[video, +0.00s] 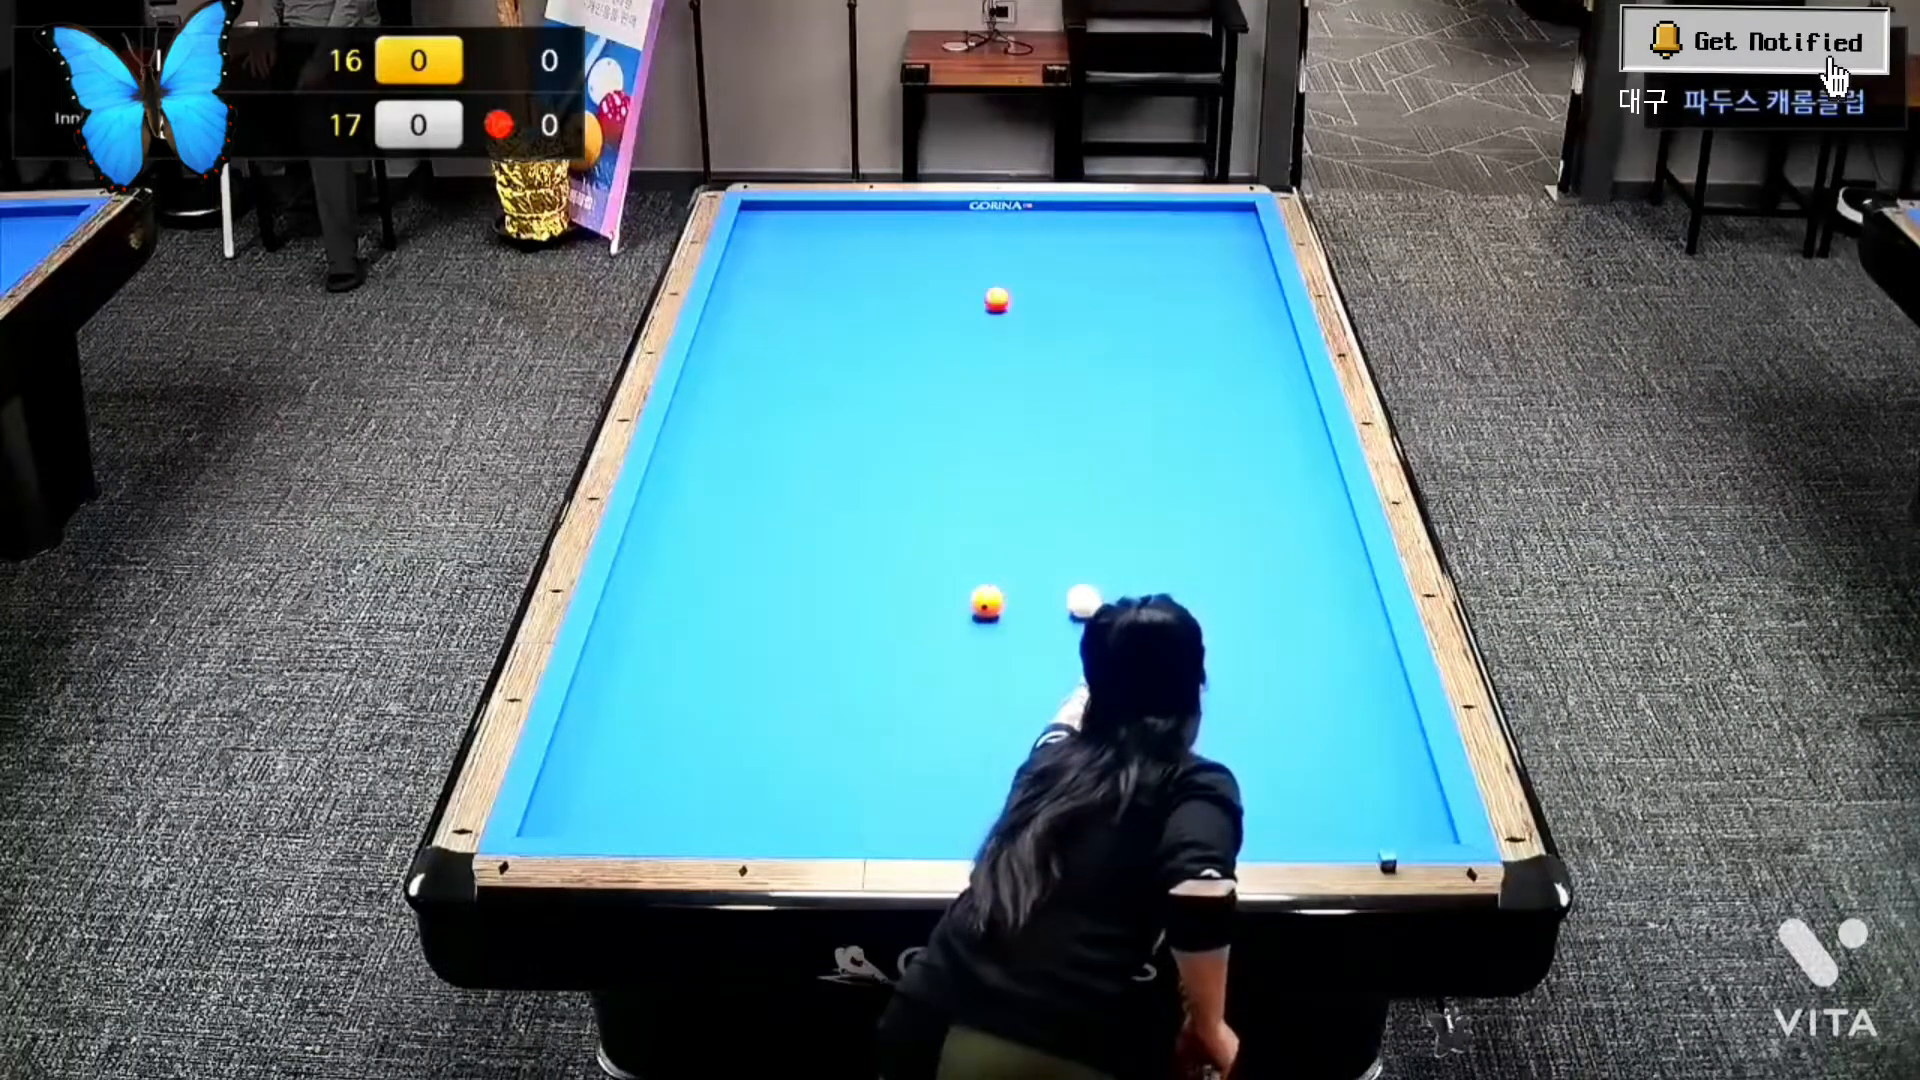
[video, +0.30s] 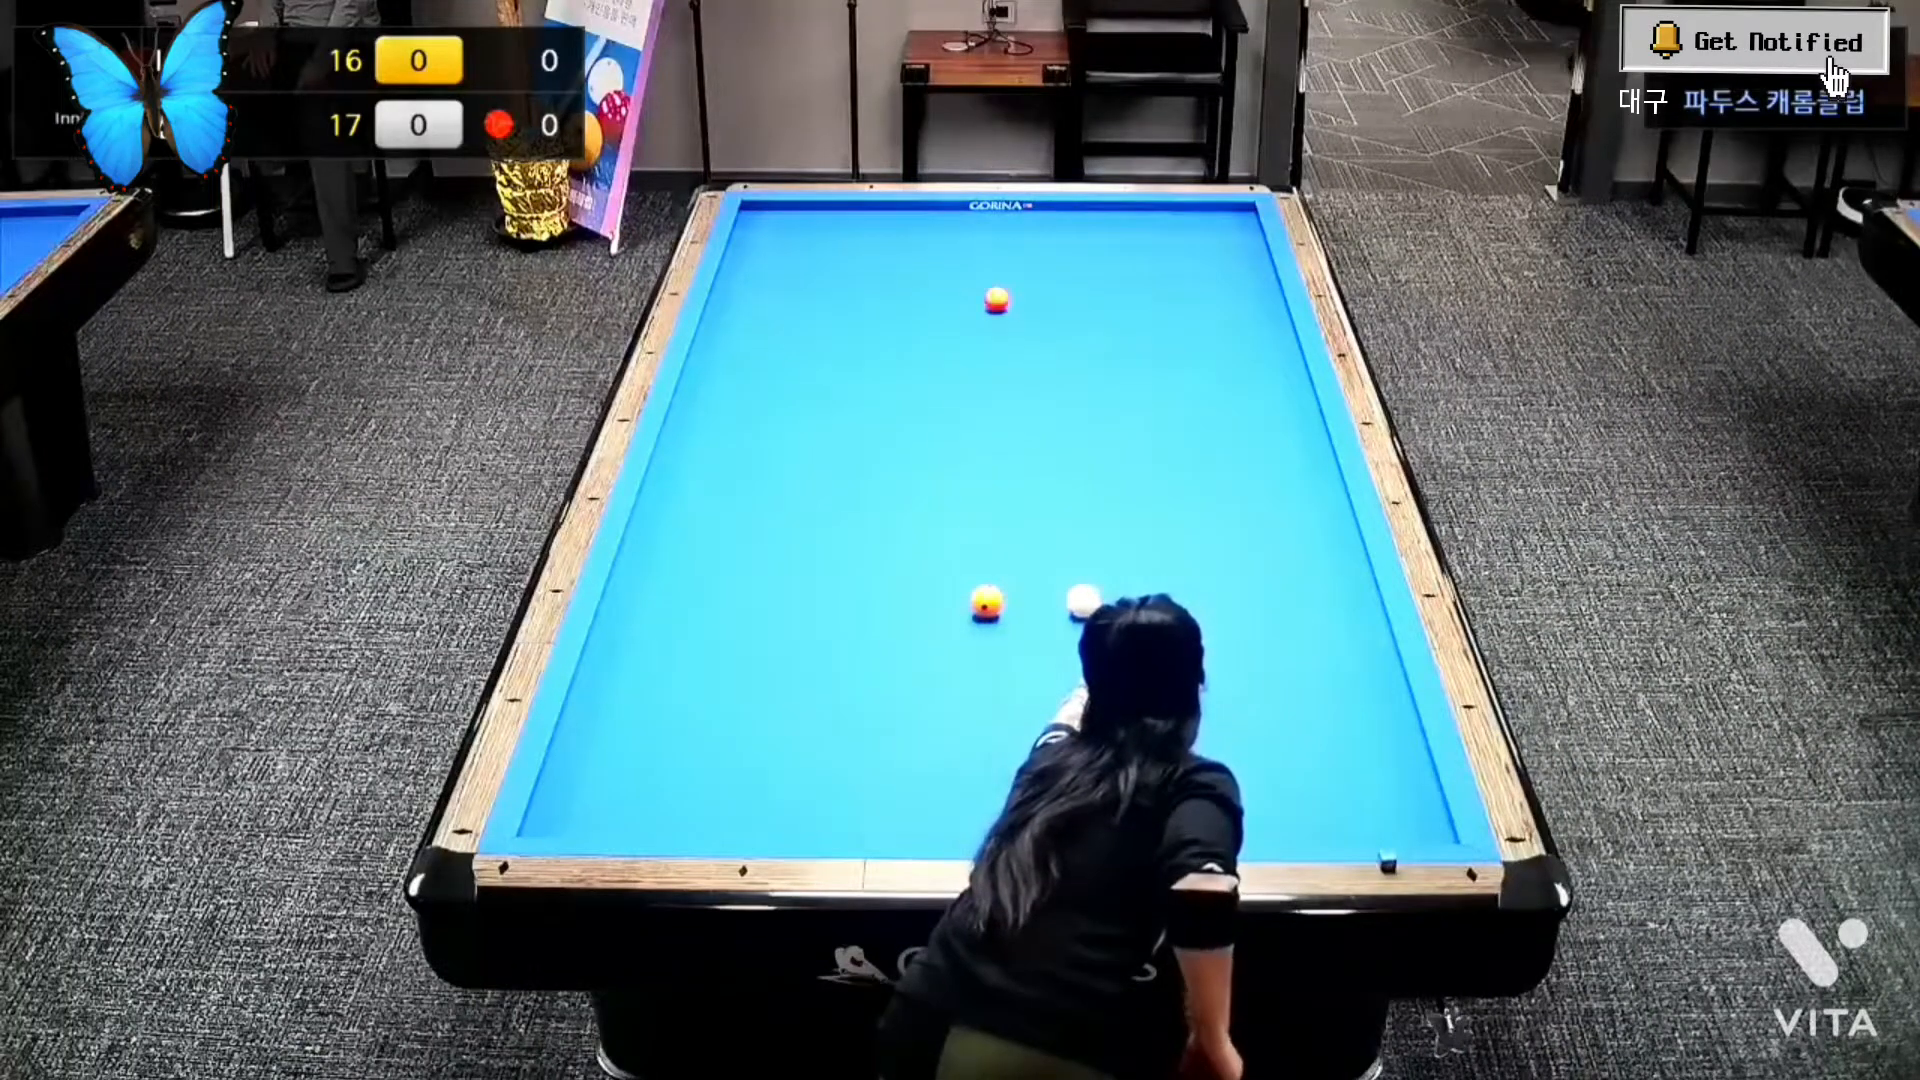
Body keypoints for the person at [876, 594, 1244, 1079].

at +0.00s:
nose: (1205, 680)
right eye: (1201, 671)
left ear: (1096, 684)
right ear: (1194, 684)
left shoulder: (1052, 757)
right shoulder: (1198, 781)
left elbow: (1071, 715)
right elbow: (1199, 894)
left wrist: (1097, 674)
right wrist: (1208, 1023)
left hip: (956, 1030)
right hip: (1078, 1049)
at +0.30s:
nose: (1205, 679)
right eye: (1200, 669)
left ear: (1096, 684)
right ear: (1192, 683)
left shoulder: (1052, 756)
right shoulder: (1199, 780)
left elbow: (1071, 714)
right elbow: (1202, 892)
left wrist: (1096, 675)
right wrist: (1211, 1037)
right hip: (1077, 1048)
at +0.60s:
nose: (1204, 678)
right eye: (1200, 668)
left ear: (1096, 685)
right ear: (1193, 682)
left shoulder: (1052, 757)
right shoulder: (1199, 778)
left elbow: (1071, 714)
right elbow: (1202, 891)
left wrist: (1095, 677)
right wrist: (1217, 1040)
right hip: (1072, 1045)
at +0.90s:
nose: (1205, 679)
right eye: (1201, 670)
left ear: (1097, 685)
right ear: (1192, 682)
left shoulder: (1052, 756)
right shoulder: (1201, 780)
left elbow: (1070, 716)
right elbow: (1206, 886)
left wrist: (1093, 679)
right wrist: (1218, 1023)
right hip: (1078, 1045)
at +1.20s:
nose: (1207, 681)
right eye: (1203, 671)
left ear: (1099, 686)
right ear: (1195, 683)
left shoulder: (1052, 757)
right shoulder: (1203, 779)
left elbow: (1077, 704)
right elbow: (1208, 891)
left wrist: (1099, 671)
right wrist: (1223, 1040)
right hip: (1075, 1042)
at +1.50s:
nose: (1209, 681)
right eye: (1204, 671)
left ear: (1099, 687)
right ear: (1195, 684)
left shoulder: (1052, 758)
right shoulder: (1205, 781)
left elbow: (1077, 704)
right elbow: (1212, 889)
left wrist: (1099, 669)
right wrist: (1222, 1024)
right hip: (1083, 1041)